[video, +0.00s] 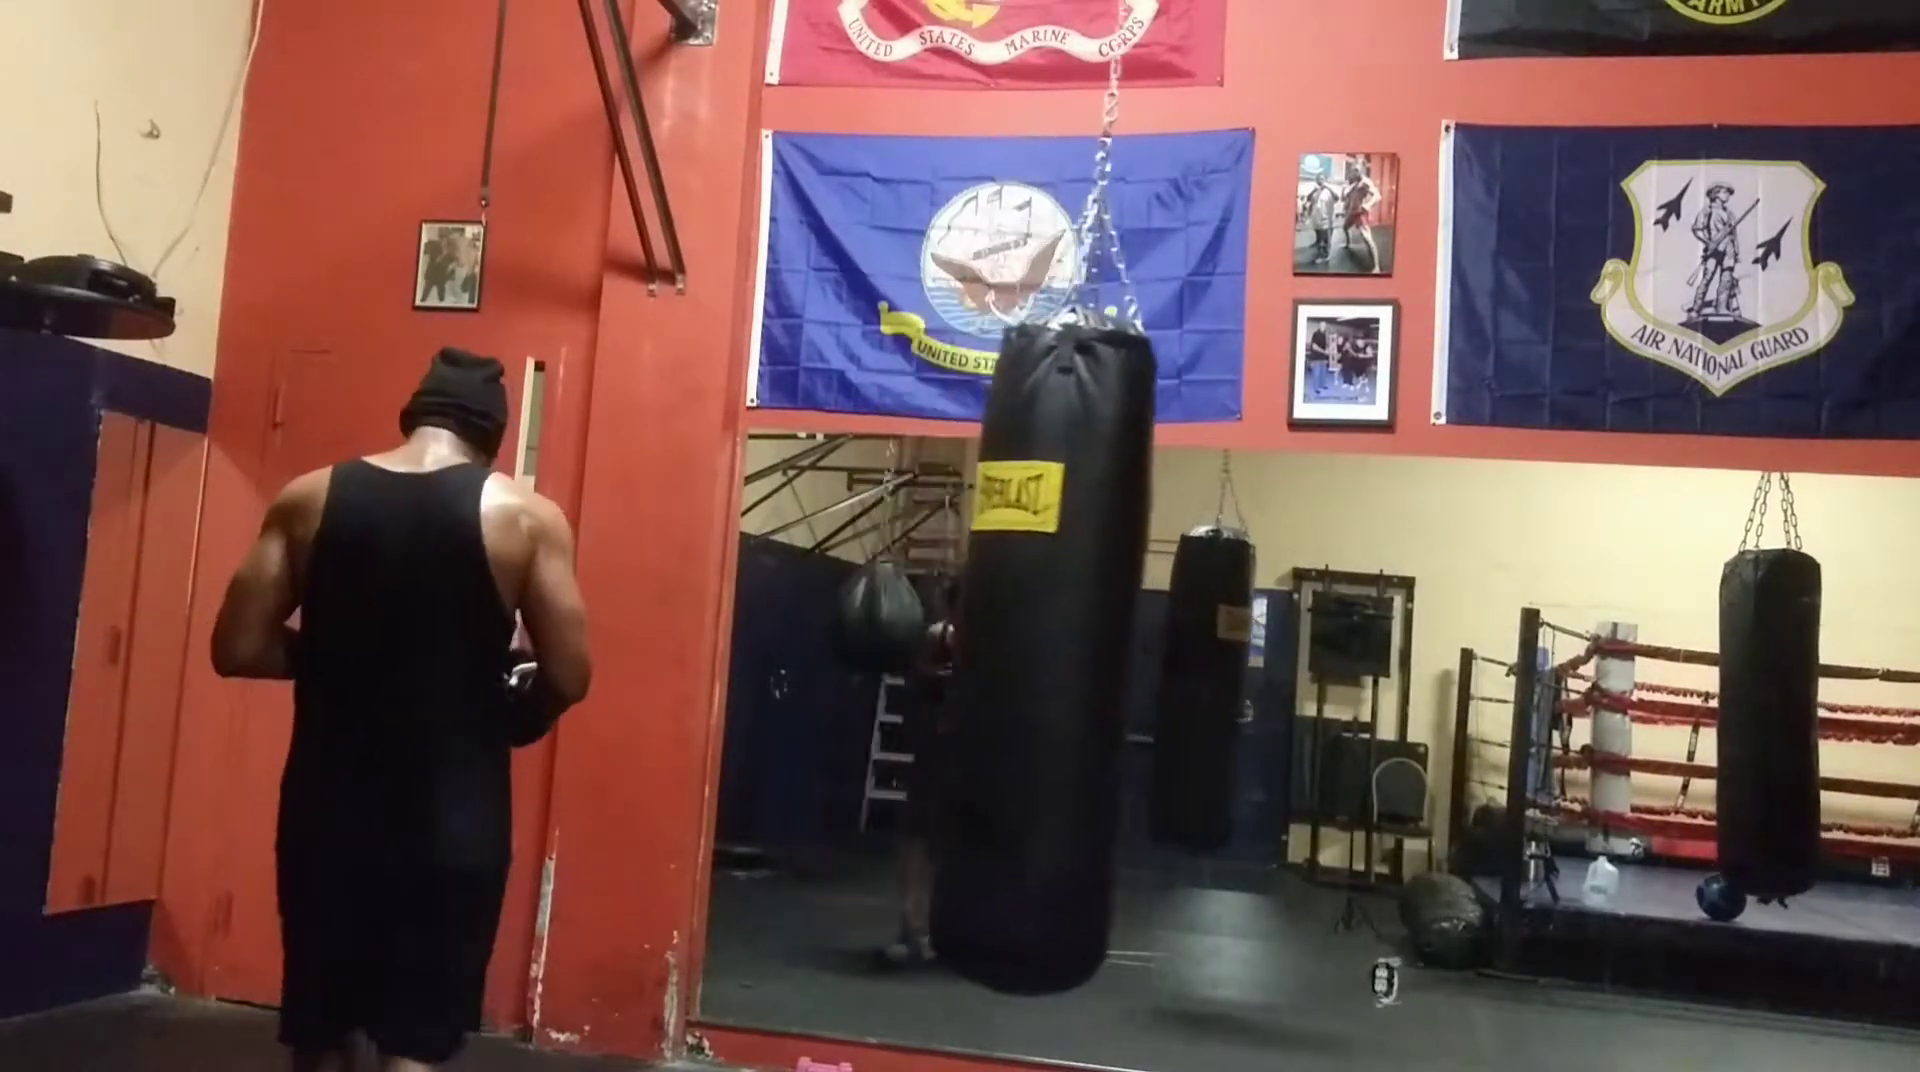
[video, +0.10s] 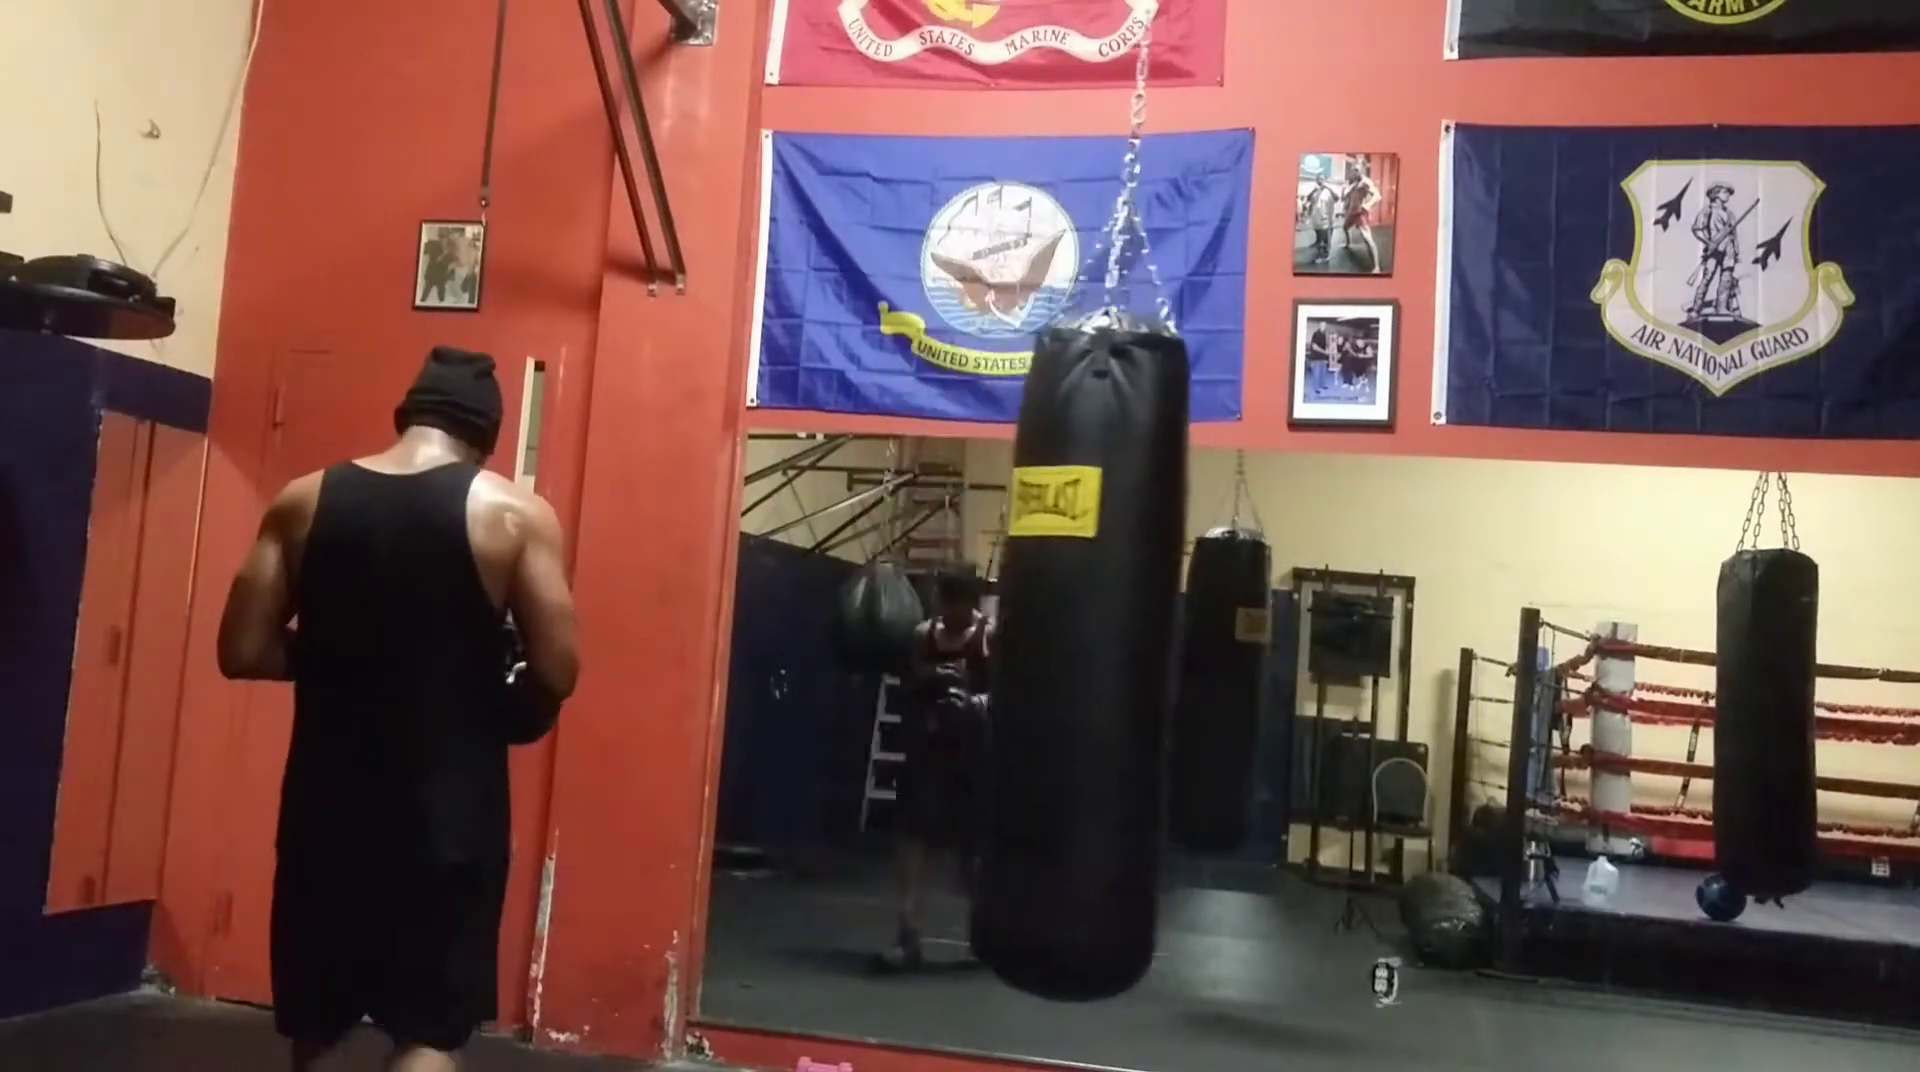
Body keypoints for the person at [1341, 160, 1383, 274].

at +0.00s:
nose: (1351, 175)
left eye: (1353, 172)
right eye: (1350, 172)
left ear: (1358, 173)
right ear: (1349, 174)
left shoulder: (1365, 182)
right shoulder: (1351, 185)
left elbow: (1376, 196)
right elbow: (1344, 197)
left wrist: (1366, 206)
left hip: (1361, 211)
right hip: (1351, 211)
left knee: (1367, 237)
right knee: (1345, 227)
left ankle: (1376, 266)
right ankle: (1348, 243)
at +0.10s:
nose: (1351, 174)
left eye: (1354, 172)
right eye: (1351, 172)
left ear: (1358, 172)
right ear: (1350, 173)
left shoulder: (1365, 182)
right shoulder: (1351, 184)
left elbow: (1376, 196)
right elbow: (1344, 197)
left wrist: (1366, 206)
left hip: (1361, 211)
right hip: (1351, 211)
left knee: (1367, 237)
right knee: (1345, 227)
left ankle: (1376, 266)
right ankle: (1348, 243)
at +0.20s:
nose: (1351, 174)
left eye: (1354, 172)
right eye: (1351, 172)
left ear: (1358, 172)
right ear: (1350, 173)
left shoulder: (1365, 182)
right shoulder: (1351, 184)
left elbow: (1376, 196)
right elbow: (1344, 198)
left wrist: (1366, 206)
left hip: (1361, 211)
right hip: (1351, 211)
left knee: (1367, 237)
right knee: (1345, 227)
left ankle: (1376, 266)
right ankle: (1348, 243)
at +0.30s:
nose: (1351, 176)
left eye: (1353, 173)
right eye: (1350, 174)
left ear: (1357, 173)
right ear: (1350, 174)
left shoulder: (1365, 182)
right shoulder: (1351, 184)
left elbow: (1376, 196)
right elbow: (1343, 198)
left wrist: (1367, 206)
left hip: (1360, 211)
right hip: (1351, 211)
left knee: (1366, 237)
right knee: (1345, 227)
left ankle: (1376, 266)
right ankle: (1348, 243)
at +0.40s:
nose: (1351, 175)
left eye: (1353, 172)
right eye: (1350, 173)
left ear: (1358, 173)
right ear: (1350, 174)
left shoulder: (1365, 182)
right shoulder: (1350, 184)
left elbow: (1376, 195)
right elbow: (1343, 197)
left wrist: (1367, 206)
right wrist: (1351, 187)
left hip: (1361, 211)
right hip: (1351, 211)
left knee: (1366, 237)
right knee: (1345, 227)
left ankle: (1376, 266)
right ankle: (1348, 243)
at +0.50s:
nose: (1351, 175)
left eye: (1353, 173)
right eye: (1350, 173)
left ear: (1358, 173)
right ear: (1350, 174)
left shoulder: (1365, 182)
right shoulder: (1351, 184)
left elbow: (1376, 195)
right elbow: (1344, 197)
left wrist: (1366, 206)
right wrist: (1350, 187)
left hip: (1361, 211)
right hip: (1351, 211)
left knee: (1366, 237)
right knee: (1345, 227)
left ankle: (1376, 266)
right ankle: (1348, 243)